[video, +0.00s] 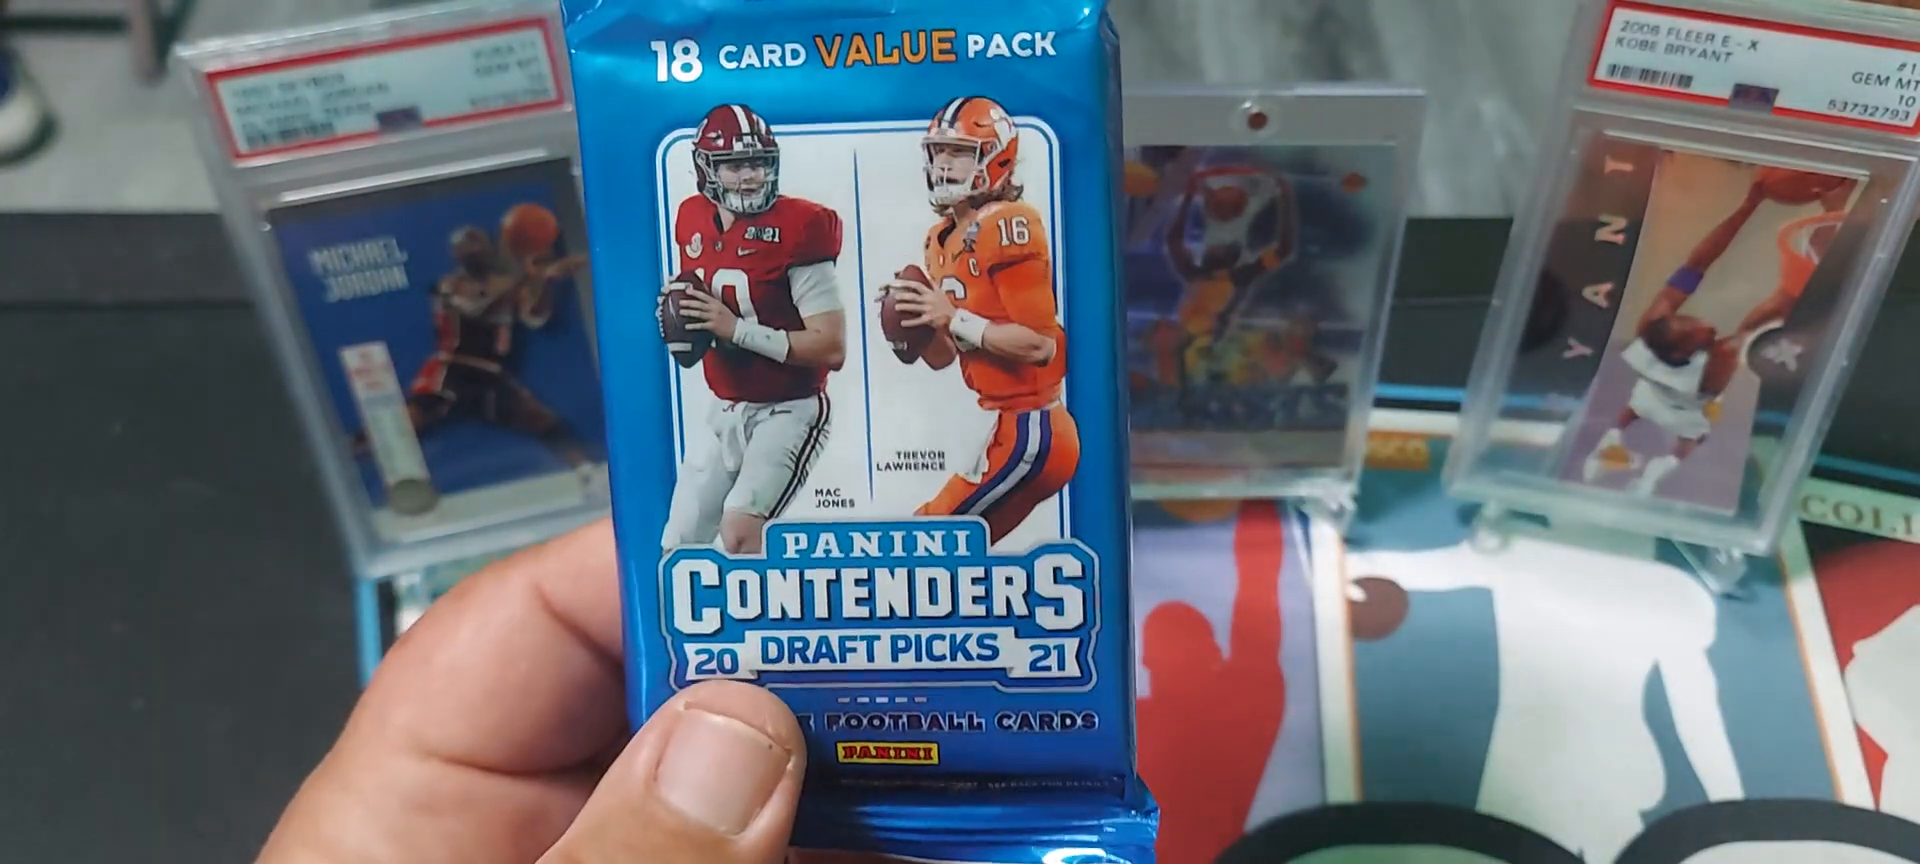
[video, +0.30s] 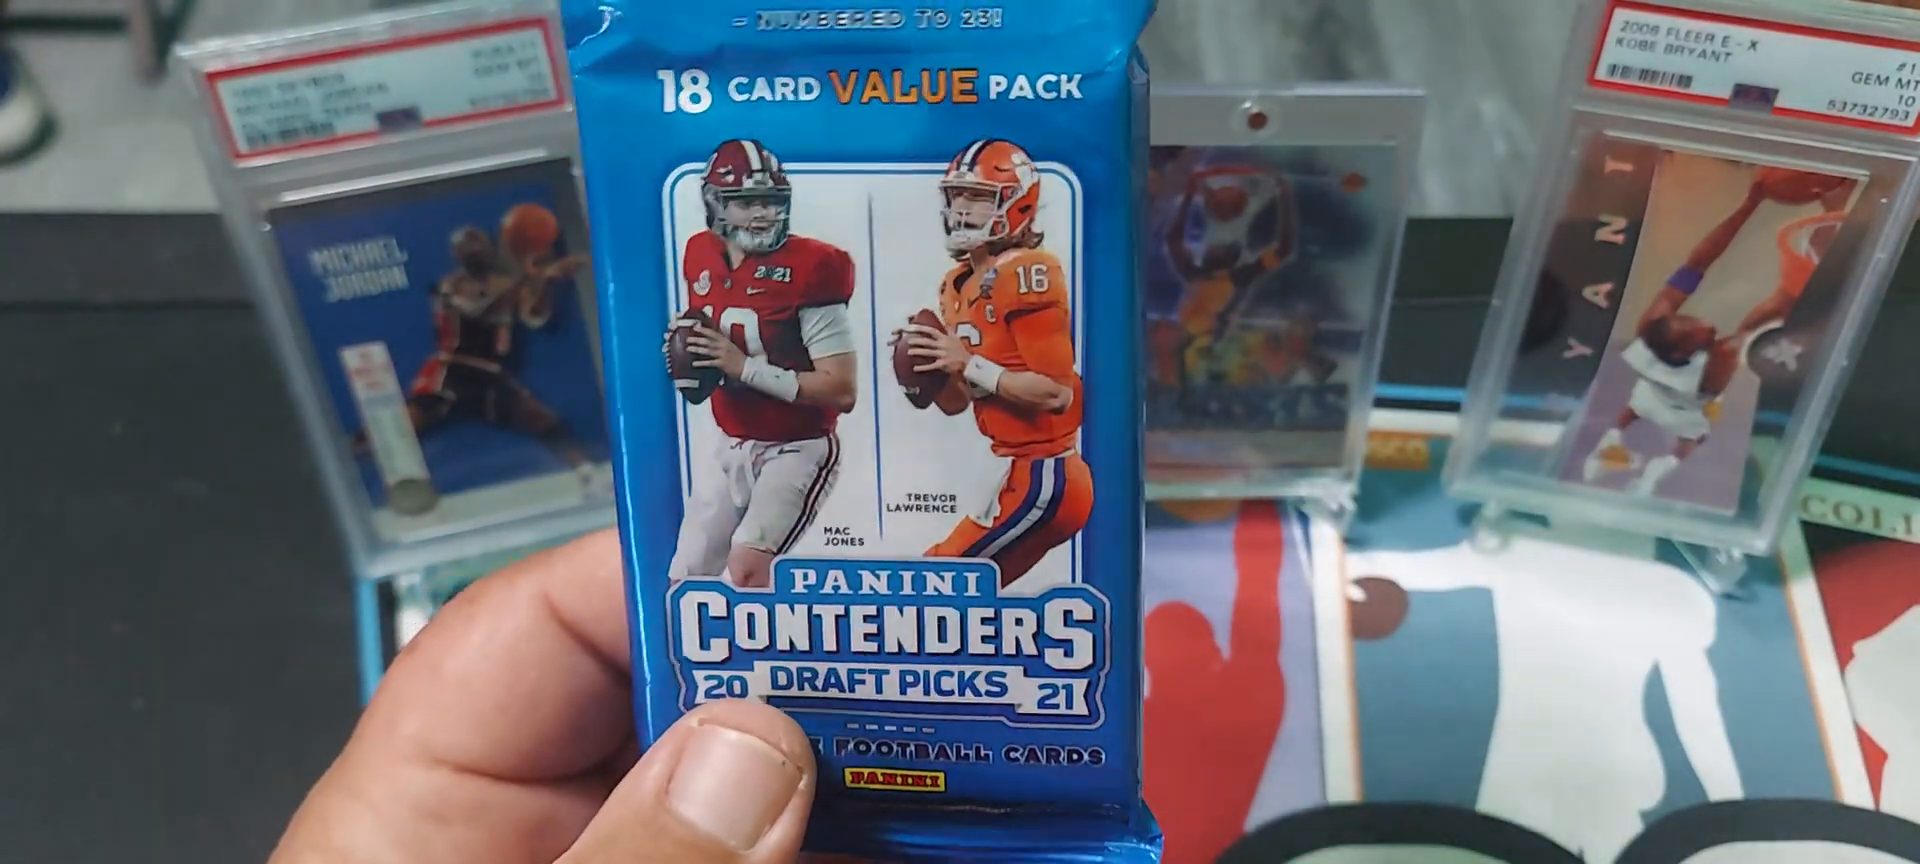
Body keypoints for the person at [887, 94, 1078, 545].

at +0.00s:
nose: (943, 167)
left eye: (958, 154)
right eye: (937, 154)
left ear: (995, 160)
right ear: (928, 158)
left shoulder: (1008, 224)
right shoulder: (939, 239)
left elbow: (1039, 344)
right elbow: (939, 356)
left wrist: (951, 317)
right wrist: (908, 320)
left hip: (1030, 431)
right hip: (1009, 428)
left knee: (920, 545)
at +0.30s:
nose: (961, 212)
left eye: (977, 199)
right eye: (956, 198)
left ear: (1014, 204)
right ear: (946, 202)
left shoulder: (1028, 273)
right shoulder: (956, 284)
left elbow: (1055, 390)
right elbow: (953, 402)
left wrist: (966, 363)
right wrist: (926, 360)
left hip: (1045, 478)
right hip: (1017, 473)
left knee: (930, 587)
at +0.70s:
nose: (947, 272)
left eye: (963, 260)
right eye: (941, 258)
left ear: (1002, 263)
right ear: (931, 261)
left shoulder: (1016, 329)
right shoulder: (943, 341)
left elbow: (1048, 445)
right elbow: (948, 456)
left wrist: (957, 418)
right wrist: (915, 418)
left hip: (1042, 529)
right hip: (1014, 525)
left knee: (930, 635)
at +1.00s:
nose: (996, 313)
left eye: (1011, 301)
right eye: (992, 300)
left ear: (1047, 306)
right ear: (983, 303)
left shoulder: (1062, 371)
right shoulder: (992, 380)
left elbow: (1087, 482)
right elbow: (990, 490)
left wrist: (1001, 455)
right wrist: (961, 453)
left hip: (1078, 562)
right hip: (1052, 558)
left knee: (966, 663)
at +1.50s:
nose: (1008, 327)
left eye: (1023, 316)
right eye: (1003, 314)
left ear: (1059, 320)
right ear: (994, 317)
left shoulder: (1073, 384)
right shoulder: (1003, 394)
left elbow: (1098, 494)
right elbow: (1002, 503)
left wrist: (1012, 468)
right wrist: (972, 465)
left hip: (1089, 574)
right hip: (1065, 570)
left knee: (978, 674)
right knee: (994, 683)